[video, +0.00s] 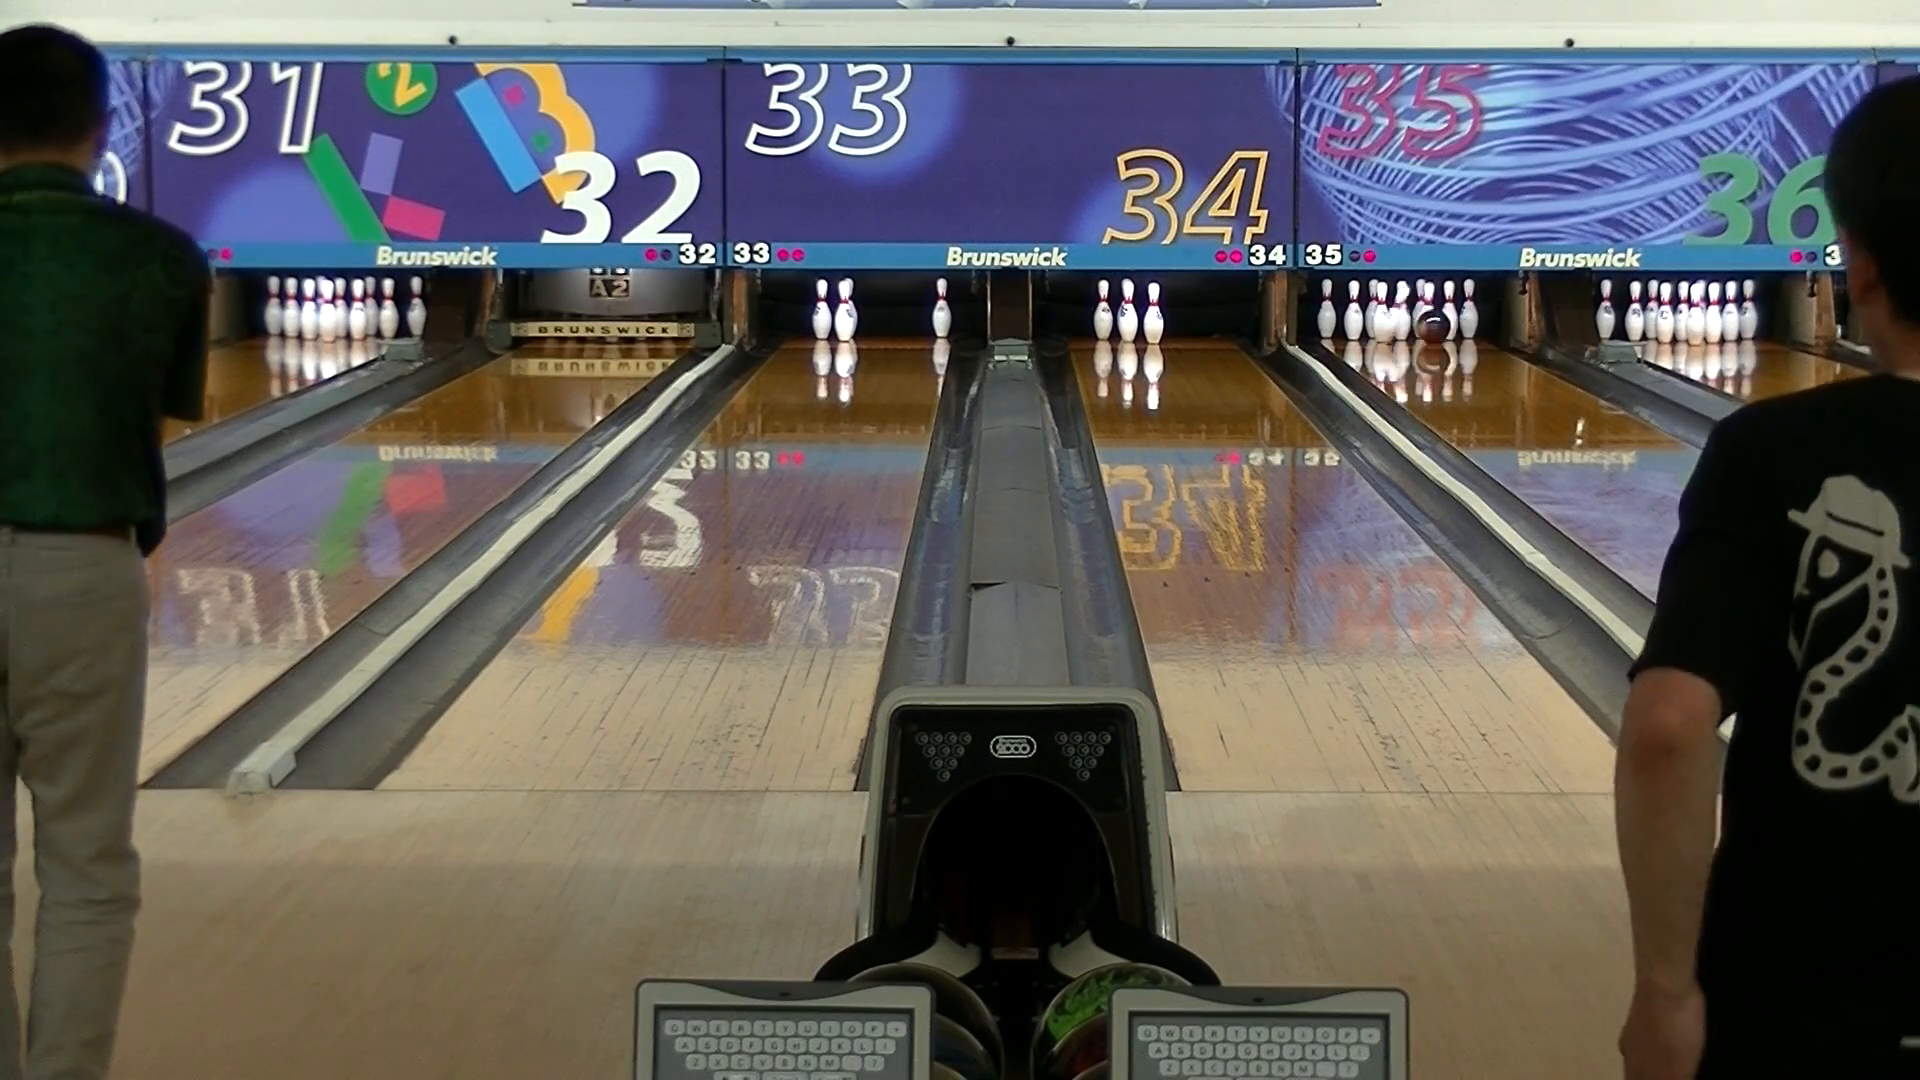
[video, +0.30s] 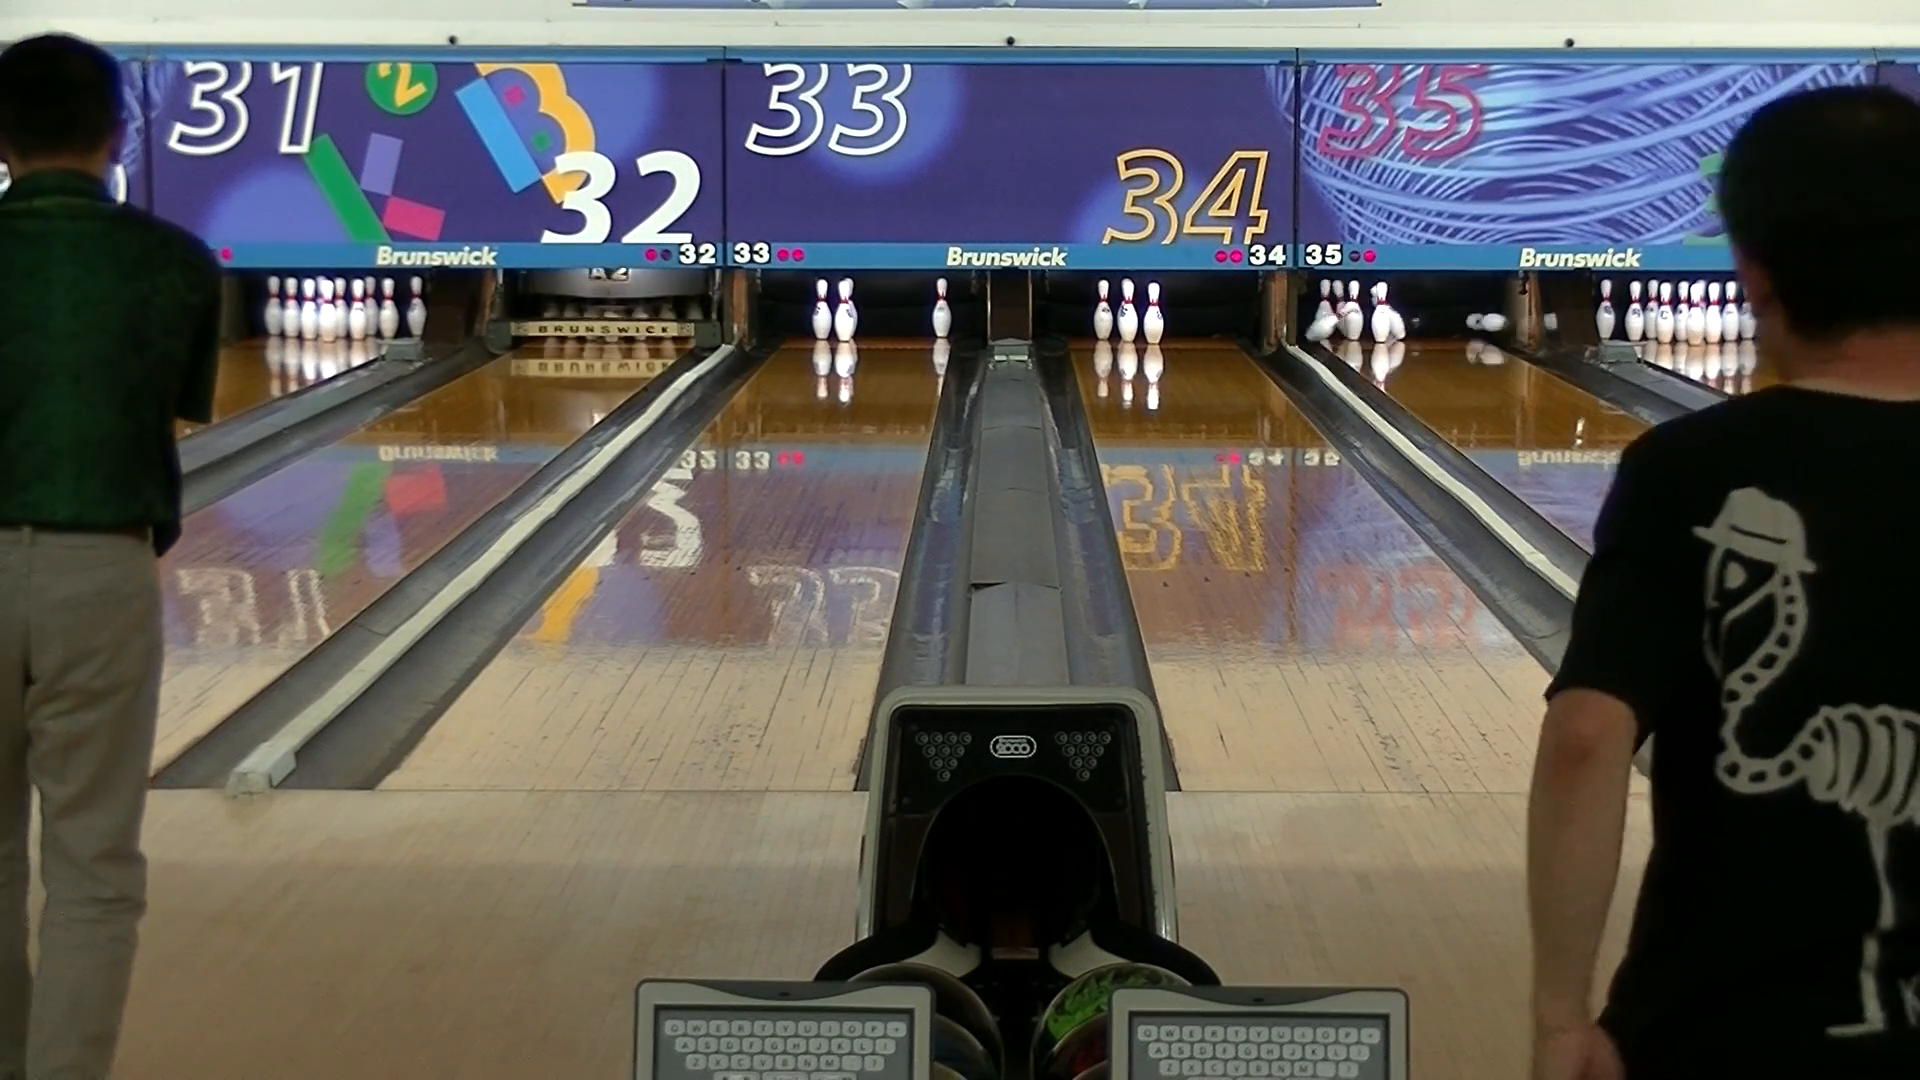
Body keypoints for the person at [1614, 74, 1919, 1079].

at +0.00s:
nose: (1839, 258)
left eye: (1841, 236)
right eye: (1842, 233)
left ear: (1861, 264)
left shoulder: (1775, 452)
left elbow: (1667, 722)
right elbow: (1668, 722)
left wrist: (1665, 989)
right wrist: (1668, 990)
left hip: (1803, 1003)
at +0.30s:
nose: (1740, 275)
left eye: (1735, 252)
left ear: (1755, 277)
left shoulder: (1691, 465)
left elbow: (1582, 737)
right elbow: (1581, 736)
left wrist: (1562, 1014)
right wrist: (1564, 1016)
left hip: (1719, 1023)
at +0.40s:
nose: (1678, 276)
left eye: (1677, 252)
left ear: (1694, 275)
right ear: (1881, 253)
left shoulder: (1634, 469)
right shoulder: (1914, 423)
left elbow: (1554, 744)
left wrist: (1496, 1015)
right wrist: (1502, 1011)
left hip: (1681, 1014)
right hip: (1903, 1008)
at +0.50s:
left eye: (1599, 252)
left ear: (1613, 273)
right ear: (1803, 249)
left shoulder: (1557, 466)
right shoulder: (1899, 448)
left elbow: (1490, 748)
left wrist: (1427, 1000)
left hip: (1625, 1012)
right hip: (1878, 1010)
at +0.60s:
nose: (1514, 261)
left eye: (1514, 238)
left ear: (1536, 258)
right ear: (1708, 232)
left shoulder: (1483, 461)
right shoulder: (1854, 446)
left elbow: (1417, 757)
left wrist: (1351, 999)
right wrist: (1856, 814)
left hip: (1561, 1001)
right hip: (1802, 1005)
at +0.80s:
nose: (1406, 264)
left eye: (1402, 241)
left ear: (1419, 259)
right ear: (1596, 223)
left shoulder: (1388, 457)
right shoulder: (1744, 420)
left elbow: (1332, 766)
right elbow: (1840, 707)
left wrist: (1265, 929)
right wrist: (1747, 792)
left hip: (1492, 993)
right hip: (1713, 993)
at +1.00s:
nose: (1341, 318)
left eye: (1331, 285)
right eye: (1332, 290)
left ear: (1355, 277)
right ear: (1495, 234)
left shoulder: (1359, 467)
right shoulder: (1675, 417)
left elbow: (1311, 775)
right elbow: (1770, 703)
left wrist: (1249, 870)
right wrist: (1652, 784)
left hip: (1448, 984)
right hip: (1645, 979)